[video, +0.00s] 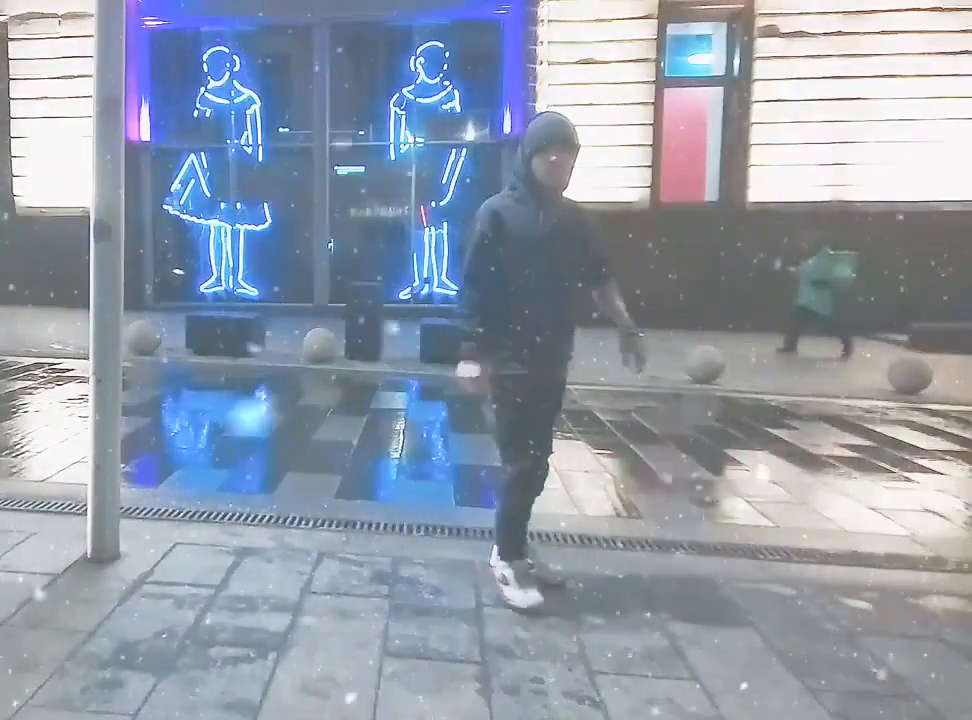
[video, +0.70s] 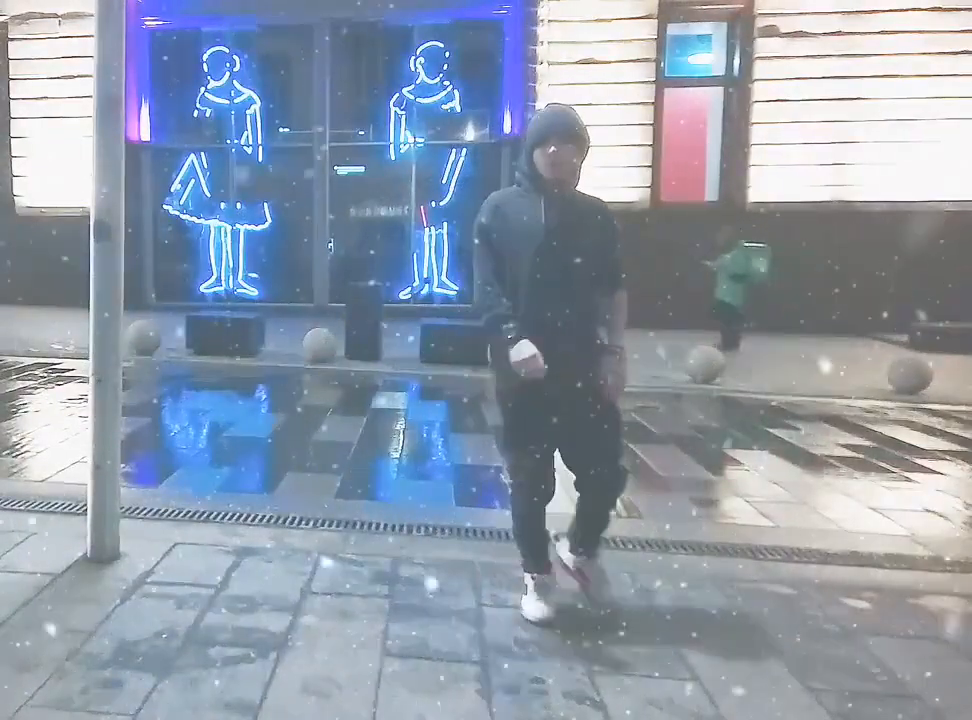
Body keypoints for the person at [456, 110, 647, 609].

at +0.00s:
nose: (564, 167)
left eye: (570, 158)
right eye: (555, 157)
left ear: (573, 161)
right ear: (531, 156)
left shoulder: (574, 219)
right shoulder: (498, 214)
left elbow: (599, 278)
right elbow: (474, 287)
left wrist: (626, 324)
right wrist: (471, 351)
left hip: (552, 354)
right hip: (507, 352)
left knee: (535, 464)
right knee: (521, 465)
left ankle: (515, 554)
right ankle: (506, 561)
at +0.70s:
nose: (567, 159)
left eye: (575, 149)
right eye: (557, 149)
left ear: (584, 155)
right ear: (534, 151)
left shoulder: (595, 214)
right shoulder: (499, 211)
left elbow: (614, 289)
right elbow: (485, 287)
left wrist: (616, 353)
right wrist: (513, 339)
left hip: (583, 362)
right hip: (524, 363)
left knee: (605, 472)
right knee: (531, 478)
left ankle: (579, 549)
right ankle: (537, 576)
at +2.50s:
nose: (494, 161)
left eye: (503, 148)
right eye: (491, 150)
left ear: (539, 143)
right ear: (499, 149)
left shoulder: (591, 205)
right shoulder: (502, 205)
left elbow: (612, 296)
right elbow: (472, 284)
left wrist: (573, 374)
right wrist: (432, 337)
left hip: (541, 384)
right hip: (490, 379)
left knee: (524, 501)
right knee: (499, 501)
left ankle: (592, 601)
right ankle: (517, 627)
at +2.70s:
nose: (476, 167)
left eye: (482, 154)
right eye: (473, 156)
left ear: (517, 147)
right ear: (485, 153)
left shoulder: (569, 205)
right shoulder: (494, 201)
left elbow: (594, 292)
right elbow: (475, 284)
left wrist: (580, 376)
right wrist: (439, 347)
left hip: (522, 374)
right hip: (482, 370)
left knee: (472, 494)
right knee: (499, 496)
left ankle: (521, 631)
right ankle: (508, 620)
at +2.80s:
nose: (457, 172)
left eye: (462, 158)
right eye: (453, 160)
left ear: (496, 150)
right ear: (478, 154)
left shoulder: (548, 206)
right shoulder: (488, 205)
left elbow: (579, 290)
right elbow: (482, 294)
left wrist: (577, 376)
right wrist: (464, 367)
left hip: (506, 376)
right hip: (473, 373)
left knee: (448, 492)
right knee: (502, 495)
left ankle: (450, 633)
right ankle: (517, 623)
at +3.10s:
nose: (410, 171)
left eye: (411, 157)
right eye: (405, 159)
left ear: (439, 149)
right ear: (449, 148)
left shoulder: (482, 201)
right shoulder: (467, 200)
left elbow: (509, 292)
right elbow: (466, 295)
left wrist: (503, 376)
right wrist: (431, 371)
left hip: (458, 372)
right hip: (452, 369)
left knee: (407, 490)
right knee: (486, 490)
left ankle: (395, 620)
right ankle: (516, 612)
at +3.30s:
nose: (370, 166)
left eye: (375, 153)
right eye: (370, 154)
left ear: (406, 148)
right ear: (420, 145)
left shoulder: (438, 202)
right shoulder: (453, 196)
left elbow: (440, 303)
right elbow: (453, 302)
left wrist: (415, 383)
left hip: (426, 379)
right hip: (451, 376)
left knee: (385, 494)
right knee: (460, 494)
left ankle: (394, 622)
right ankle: (511, 613)